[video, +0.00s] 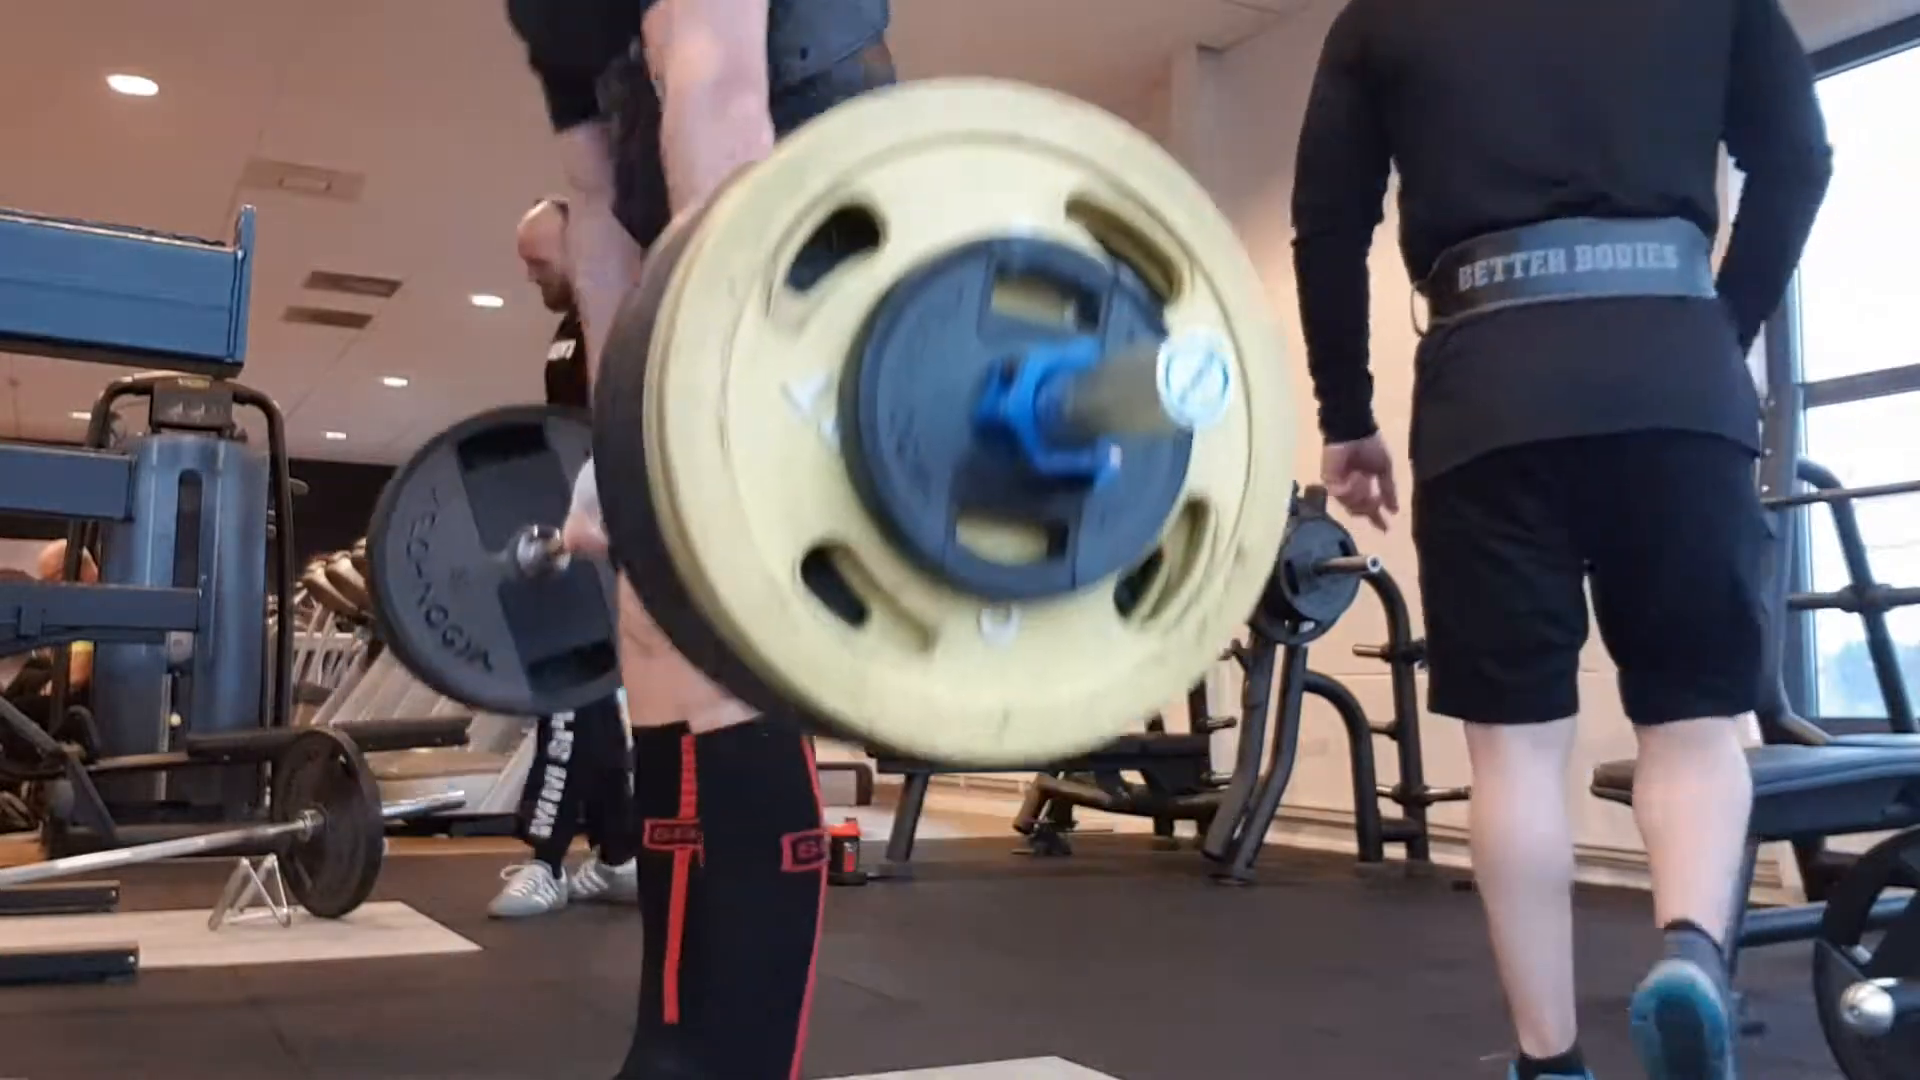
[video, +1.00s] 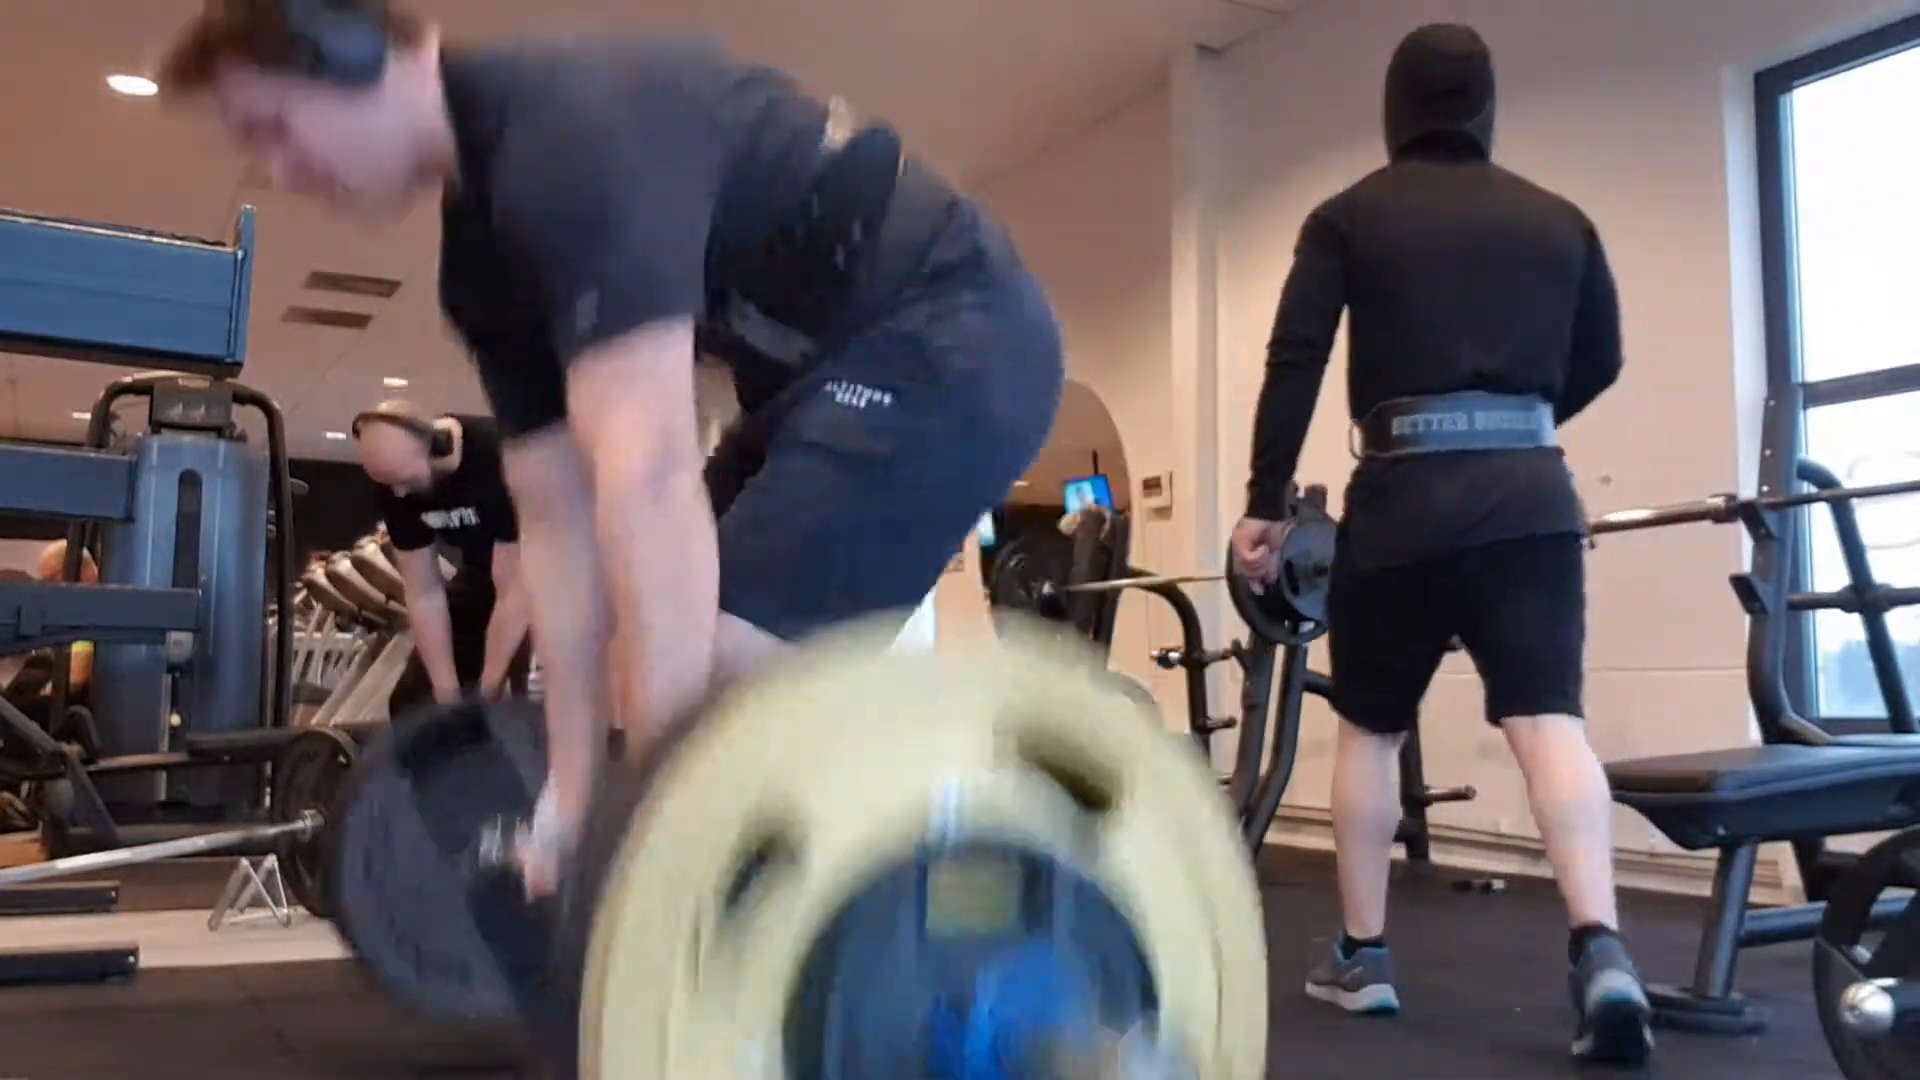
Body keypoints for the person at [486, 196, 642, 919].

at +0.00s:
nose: (531, 276)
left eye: (538, 261)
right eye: (529, 262)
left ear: (577, 260)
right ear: (560, 266)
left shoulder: (600, 336)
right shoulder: (572, 337)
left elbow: (610, 441)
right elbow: (570, 443)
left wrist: (591, 516)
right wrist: (556, 521)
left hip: (586, 541)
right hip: (568, 539)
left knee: (574, 697)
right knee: (596, 695)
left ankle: (546, 855)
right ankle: (618, 851)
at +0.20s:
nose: (502, 300)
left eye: (509, 285)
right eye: (494, 288)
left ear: (545, 273)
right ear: (497, 280)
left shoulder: (580, 338)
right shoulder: (525, 343)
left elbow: (615, 437)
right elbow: (509, 445)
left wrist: (575, 471)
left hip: (579, 548)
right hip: (523, 547)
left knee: (556, 690)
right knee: (506, 681)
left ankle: (546, 862)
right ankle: (577, 823)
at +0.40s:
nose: (462, 343)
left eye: (470, 329)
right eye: (453, 330)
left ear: (506, 309)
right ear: (449, 318)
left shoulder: (555, 366)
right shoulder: (476, 378)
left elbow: (577, 455)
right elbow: (454, 471)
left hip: (568, 564)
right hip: (503, 568)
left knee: (555, 707)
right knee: (501, 703)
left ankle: (544, 865)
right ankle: (474, 847)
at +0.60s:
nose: (413, 403)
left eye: (423, 391)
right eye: (409, 392)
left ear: (465, 378)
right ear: (408, 383)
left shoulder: (523, 420)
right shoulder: (420, 444)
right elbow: (403, 536)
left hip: (537, 595)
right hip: (458, 603)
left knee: (547, 714)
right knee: (451, 710)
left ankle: (545, 866)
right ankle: (458, 856)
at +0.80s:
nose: (403, 464)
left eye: (409, 452)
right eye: (394, 454)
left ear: (439, 423)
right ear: (388, 433)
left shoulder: (520, 438)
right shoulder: (405, 459)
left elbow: (578, 503)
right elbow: (407, 542)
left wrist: (556, 588)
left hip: (538, 597)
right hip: (457, 606)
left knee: (545, 721)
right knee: (449, 714)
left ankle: (544, 868)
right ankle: (456, 856)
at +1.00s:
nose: (401, 493)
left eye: (407, 481)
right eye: (391, 485)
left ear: (428, 453)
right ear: (378, 473)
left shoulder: (496, 453)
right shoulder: (394, 488)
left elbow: (514, 589)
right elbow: (423, 592)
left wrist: (487, 693)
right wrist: (449, 695)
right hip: (476, 577)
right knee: (410, 700)